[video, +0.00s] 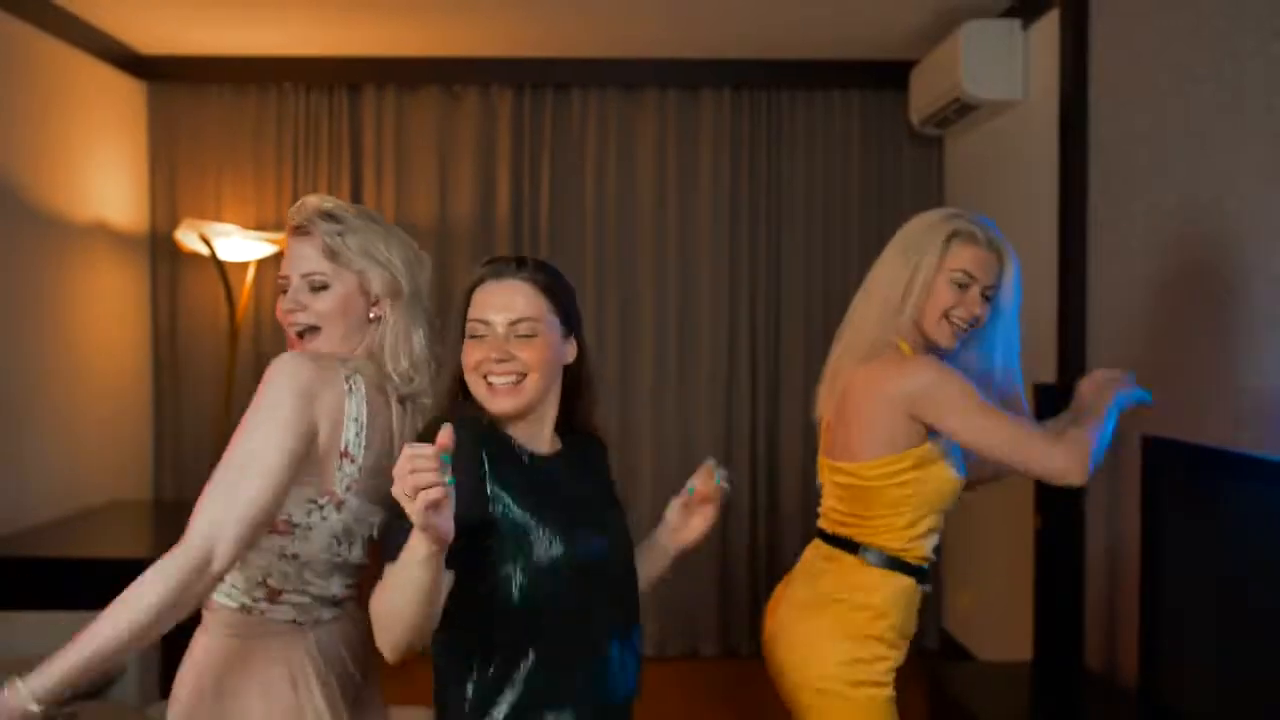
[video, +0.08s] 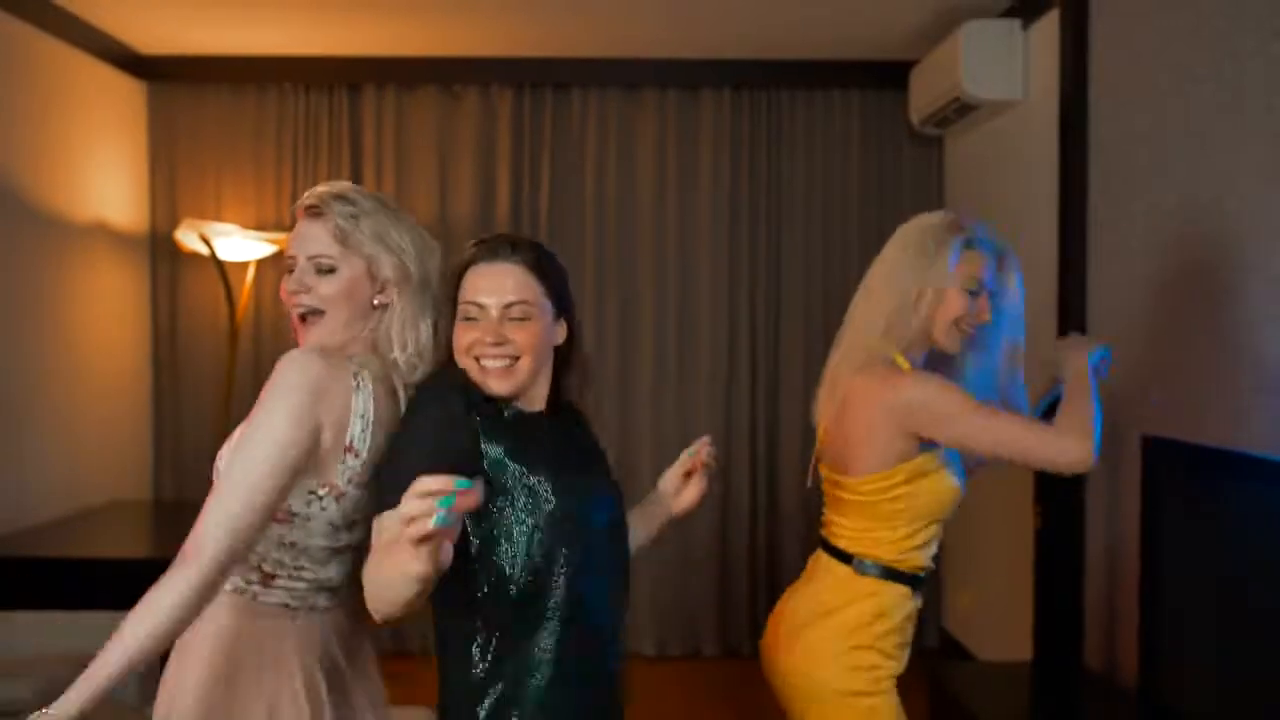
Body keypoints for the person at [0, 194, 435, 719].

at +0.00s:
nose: (290, 306)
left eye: (317, 286)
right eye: (286, 287)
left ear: (379, 300)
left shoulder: (303, 378)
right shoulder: (406, 397)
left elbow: (204, 555)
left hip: (251, 659)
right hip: (345, 651)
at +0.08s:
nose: (293, 286)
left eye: (323, 267)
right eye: (292, 268)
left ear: (384, 287)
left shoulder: (309, 377)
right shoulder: (405, 385)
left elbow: (199, 567)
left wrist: (72, 703)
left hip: (246, 647)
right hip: (339, 639)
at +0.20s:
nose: (294, 301)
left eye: (325, 282)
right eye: (289, 280)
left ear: (387, 304)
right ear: (279, 289)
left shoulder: (318, 432)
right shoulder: (384, 422)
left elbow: (223, 634)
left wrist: (60, 684)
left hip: (266, 673)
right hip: (329, 660)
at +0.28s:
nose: (297, 324)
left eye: (326, 305)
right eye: (288, 303)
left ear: (384, 324)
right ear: (276, 309)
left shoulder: (308, 436)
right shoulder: (388, 434)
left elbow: (216, 642)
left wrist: (40, 631)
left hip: (256, 695)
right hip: (332, 691)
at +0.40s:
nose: (301, 318)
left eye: (330, 299)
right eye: (290, 297)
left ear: (386, 318)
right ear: (278, 304)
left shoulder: (306, 410)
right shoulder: (402, 420)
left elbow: (214, 608)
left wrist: (40, 564)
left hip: (254, 672)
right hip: (338, 669)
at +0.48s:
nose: (301, 291)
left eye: (331, 272)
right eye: (291, 271)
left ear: (385, 294)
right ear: (277, 279)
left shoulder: (304, 370)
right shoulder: (388, 385)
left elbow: (214, 560)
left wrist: (31, 573)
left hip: (251, 647)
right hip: (323, 640)